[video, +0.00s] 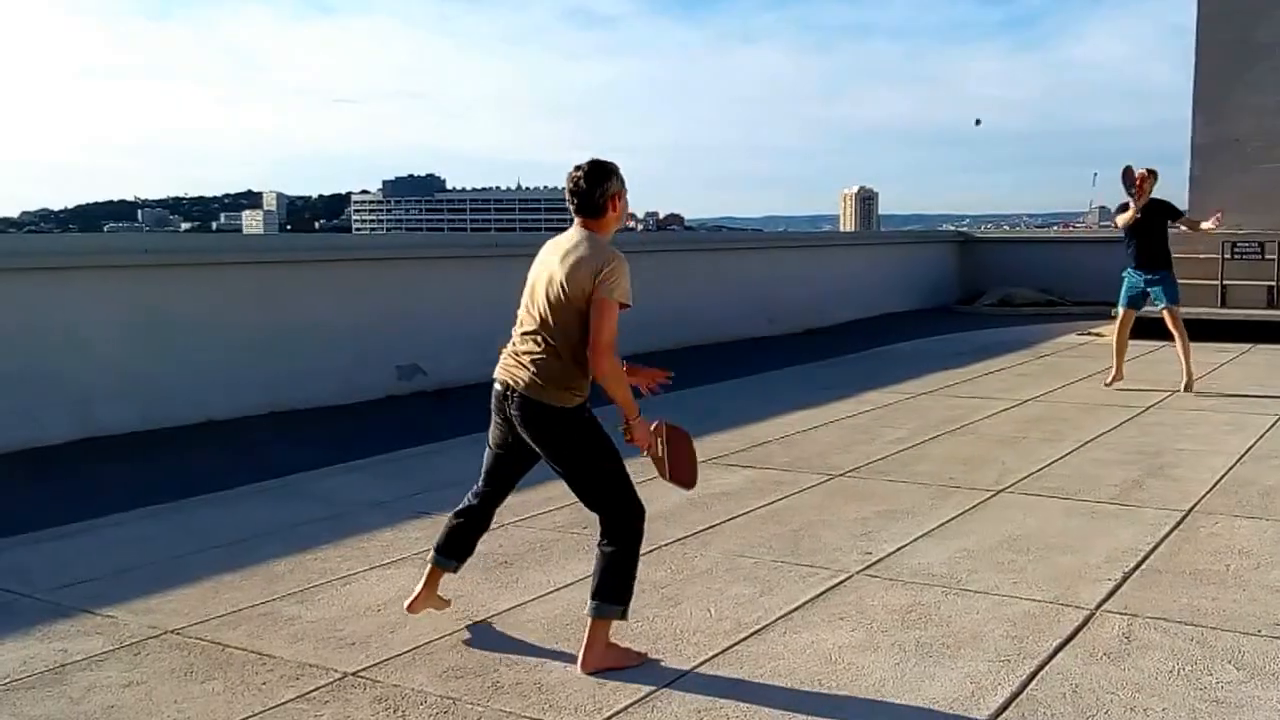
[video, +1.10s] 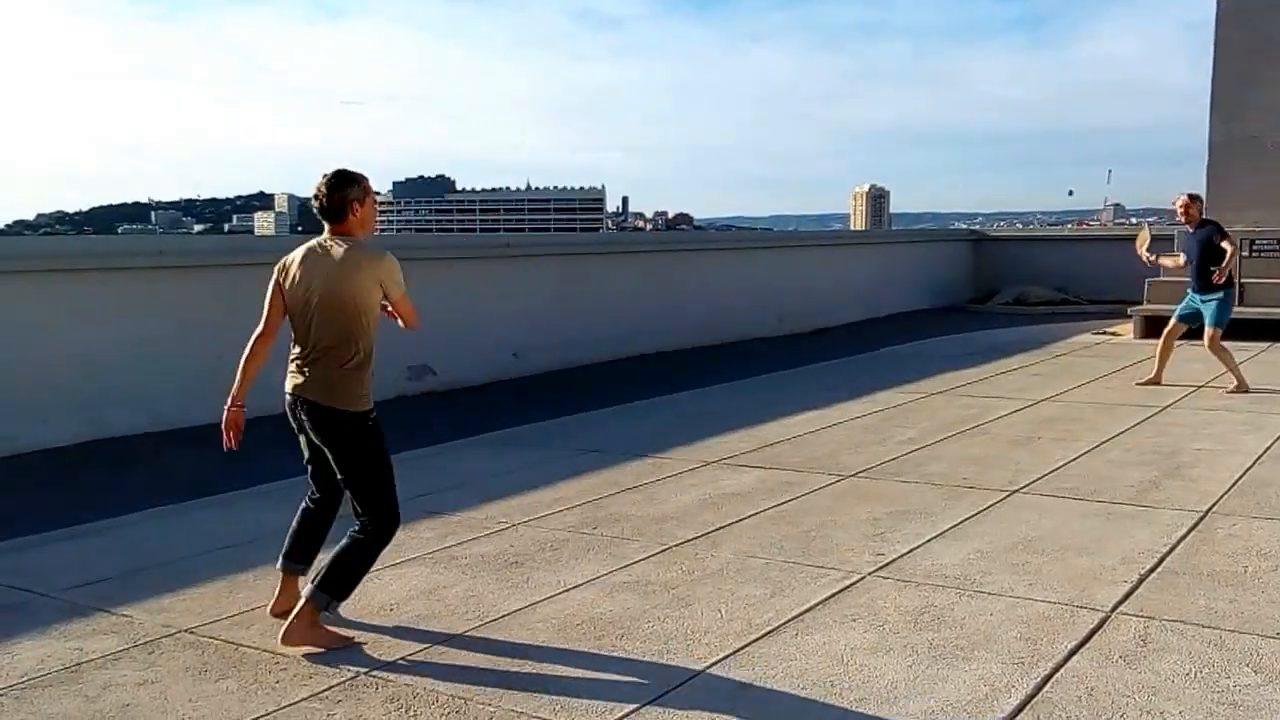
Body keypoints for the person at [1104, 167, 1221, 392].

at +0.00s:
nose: (1140, 185)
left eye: (1145, 182)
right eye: (1138, 180)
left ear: (1152, 185)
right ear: (1133, 183)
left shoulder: (1162, 207)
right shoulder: (1124, 208)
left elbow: (1188, 224)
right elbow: (1120, 223)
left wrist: (1207, 225)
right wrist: (1135, 208)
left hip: (1161, 274)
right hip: (1134, 273)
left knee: (1174, 324)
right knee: (1122, 322)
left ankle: (1187, 374)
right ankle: (1117, 370)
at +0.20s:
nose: (1144, 199)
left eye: (1148, 195)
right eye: (1141, 195)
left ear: (1156, 200)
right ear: (1135, 199)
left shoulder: (1165, 222)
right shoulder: (1129, 222)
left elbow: (1186, 242)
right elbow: (1125, 232)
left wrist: (1196, 245)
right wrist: (1145, 218)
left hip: (1162, 289)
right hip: (1134, 288)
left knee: (1173, 333)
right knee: (1120, 333)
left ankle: (1188, 382)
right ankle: (1117, 377)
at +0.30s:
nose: (1147, 201)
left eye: (1151, 198)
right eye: (1144, 197)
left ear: (1158, 201)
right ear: (1137, 200)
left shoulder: (1168, 225)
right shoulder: (1128, 224)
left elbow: (1177, 253)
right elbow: (1126, 245)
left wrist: (1184, 269)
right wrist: (1146, 243)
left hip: (1164, 290)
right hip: (1136, 288)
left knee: (1176, 334)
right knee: (1119, 334)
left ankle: (1193, 379)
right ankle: (1119, 377)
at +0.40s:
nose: (1151, 203)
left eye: (1155, 199)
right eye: (1148, 199)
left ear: (1162, 203)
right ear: (1142, 202)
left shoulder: (1173, 227)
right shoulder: (1132, 228)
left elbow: (1179, 260)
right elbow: (1125, 259)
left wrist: (1178, 284)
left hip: (1165, 290)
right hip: (1138, 289)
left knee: (1178, 335)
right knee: (1121, 334)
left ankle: (1196, 378)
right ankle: (1121, 378)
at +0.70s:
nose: (1161, 191)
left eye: (1165, 187)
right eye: (1159, 187)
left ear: (1174, 189)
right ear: (1154, 189)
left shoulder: (1189, 210)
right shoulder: (1152, 215)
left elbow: (1205, 236)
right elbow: (1144, 245)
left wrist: (1203, 268)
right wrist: (1128, 270)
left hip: (1185, 278)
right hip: (1159, 277)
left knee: (1197, 328)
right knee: (1144, 324)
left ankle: (1206, 376)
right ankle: (1134, 370)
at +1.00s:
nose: (1173, 212)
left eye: (1177, 208)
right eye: (1170, 208)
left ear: (1187, 208)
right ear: (1167, 211)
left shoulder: (1199, 228)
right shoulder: (1177, 234)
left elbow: (1216, 249)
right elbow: (1172, 260)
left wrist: (1207, 270)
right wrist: (1146, 260)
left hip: (1204, 295)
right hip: (1181, 294)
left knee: (1207, 343)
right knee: (1156, 334)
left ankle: (1240, 382)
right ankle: (1155, 377)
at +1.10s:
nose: (1182, 212)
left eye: (1186, 208)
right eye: (1179, 209)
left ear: (1197, 208)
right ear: (1177, 211)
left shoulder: (1211, 228)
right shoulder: (1189, 235)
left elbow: (1233, 249)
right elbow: (1181, 262)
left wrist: (1224, 269)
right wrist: (1154, 259)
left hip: (1218, 295)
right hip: (1195, 295)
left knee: (1211, 342)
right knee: (1168, 333)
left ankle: (1241, 382)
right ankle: (1156, 375)